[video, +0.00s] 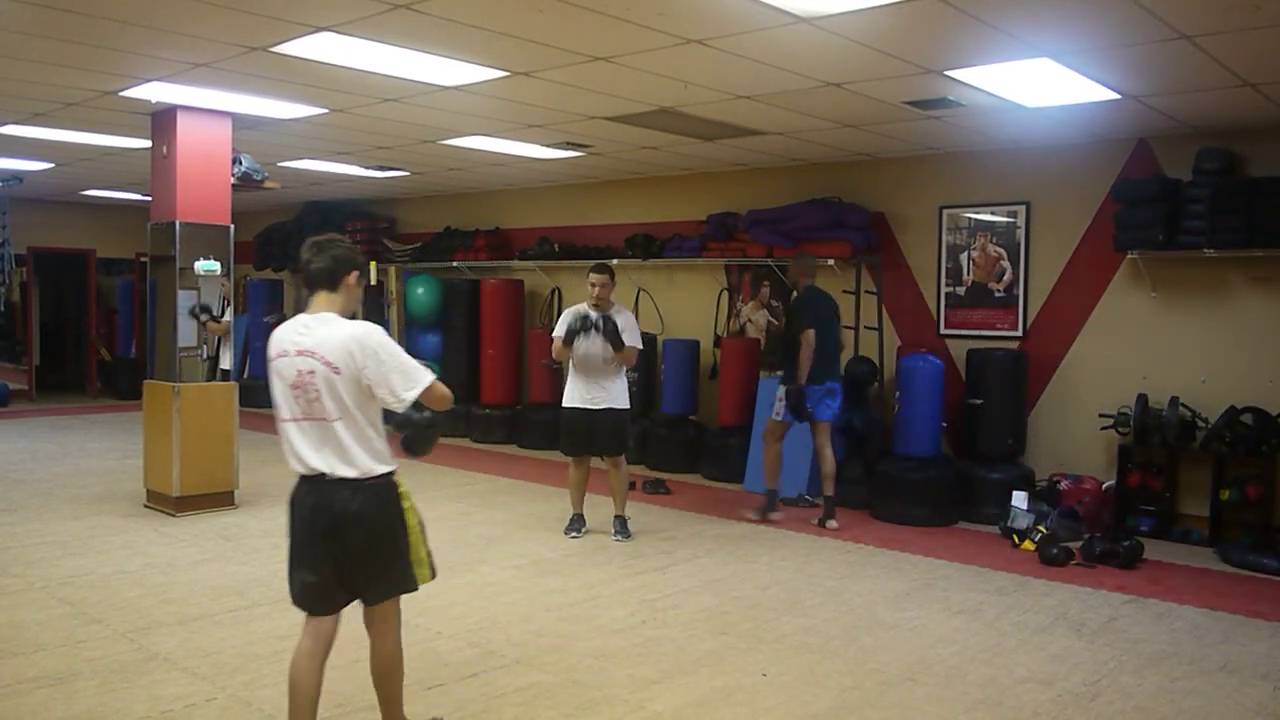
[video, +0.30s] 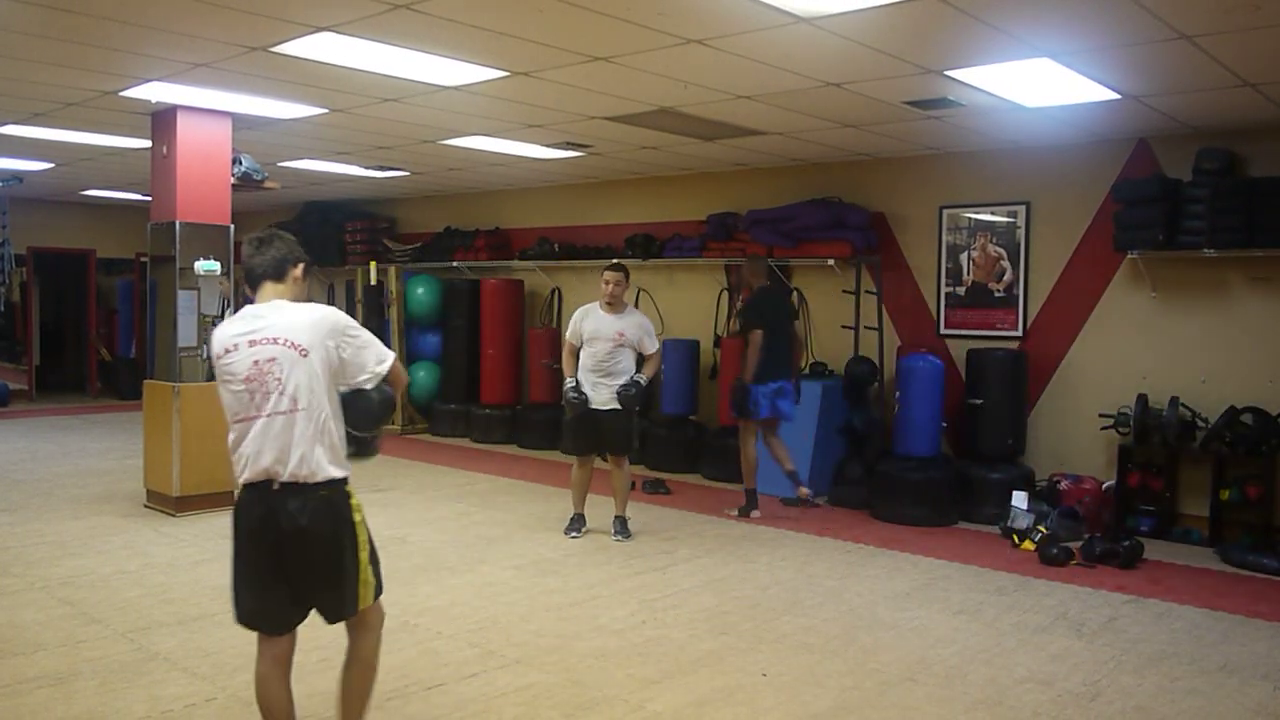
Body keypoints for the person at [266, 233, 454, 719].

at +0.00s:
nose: (362, 290)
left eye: (362, 283)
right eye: (361, 282)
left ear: (307, 281)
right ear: (350, 280)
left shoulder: (280, 338)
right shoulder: (362, 336)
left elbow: (315, 404)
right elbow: (440, 398)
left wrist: (389, 428)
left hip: (311, 499)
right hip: (371, 501)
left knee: (316, 631)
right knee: (384, 629)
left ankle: (300, 717)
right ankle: (395, 717)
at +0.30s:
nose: (308, 282)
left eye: (308, 275)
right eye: (308, 274)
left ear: (249, 278)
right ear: (298, 272)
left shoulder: (222, 336)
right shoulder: (325, 321)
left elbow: (246, 403)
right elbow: (396, 376)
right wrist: (369, 419)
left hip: (255, 507)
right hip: (324, 504)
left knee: (274, 642)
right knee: (366, 619)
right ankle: (351, 716)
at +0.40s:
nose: (291, 280)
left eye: (291, 274)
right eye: (291, 274)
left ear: (230, 280)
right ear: (283, 274)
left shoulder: (206, 339)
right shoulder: (314, 323)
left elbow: (244, 405)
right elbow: (380, 382)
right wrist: (332, 426)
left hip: (241, 512)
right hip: (311, 510)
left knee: (262, 649)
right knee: (349, 640)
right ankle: (313, 715)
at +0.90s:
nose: (218, 271)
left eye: (215, 262)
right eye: (217, 263)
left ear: (142, 271)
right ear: (210, 265)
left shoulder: (105, 332)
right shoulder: (237, 325)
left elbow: (112, 412)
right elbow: (307, 394)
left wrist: (225, 418)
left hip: (137, 541)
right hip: (219, 541)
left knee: (160, 693)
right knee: (206, 705)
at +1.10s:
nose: (174, 269)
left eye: (171, 261)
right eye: (173, 261)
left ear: (99, 270)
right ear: (165, 265)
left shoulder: (56, 342)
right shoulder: (196, 332)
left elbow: (83, 431)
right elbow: (275, 405)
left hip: (93, 560)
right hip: (185, 558)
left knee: (87, 710)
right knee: (189, 704)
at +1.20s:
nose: (147, 273)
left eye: (143, 263)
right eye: (146, 264)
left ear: (70, 274)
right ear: (141, 267)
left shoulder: (26, 346)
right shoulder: (170, 334)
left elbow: (53, 437)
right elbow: (254, 407)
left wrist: (170, 440)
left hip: (61, 571)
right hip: (158, 567)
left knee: (47, 711)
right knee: (174, 708)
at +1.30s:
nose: (122, 272)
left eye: (123, 264)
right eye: (122, 263)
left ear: (44, 272)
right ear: (113, 265)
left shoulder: (6, 340)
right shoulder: (145, 331)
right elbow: (233, 412)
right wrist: (164, 416)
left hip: (32, 574)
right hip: (135, 572)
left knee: (32, 712)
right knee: (156, 709)